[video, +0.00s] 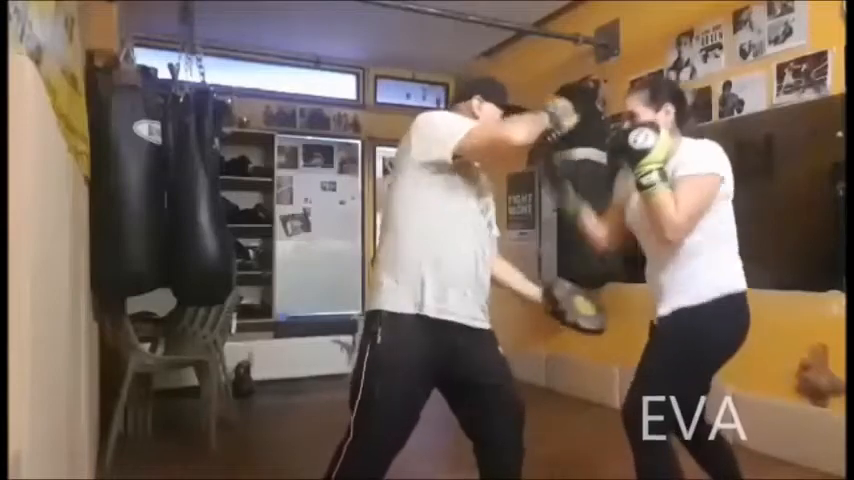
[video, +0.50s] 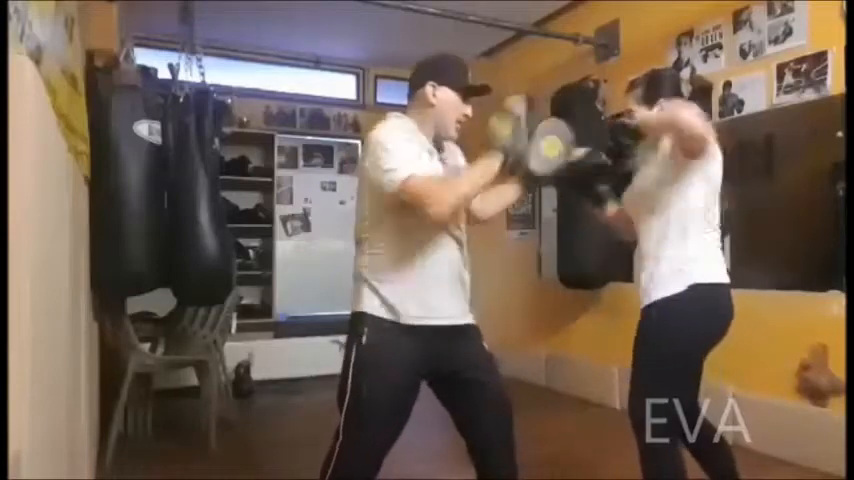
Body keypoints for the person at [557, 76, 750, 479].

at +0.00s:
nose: (627, 127)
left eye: (634, 117)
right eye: (625, 119)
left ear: (666, 113)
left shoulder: (703, 155)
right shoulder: (634, 173)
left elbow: (673, 229)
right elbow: (606, 239)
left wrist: (646, 165)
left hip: (711, 309)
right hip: (674, 315)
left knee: (641, 413)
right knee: (687, 418)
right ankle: (731, 474)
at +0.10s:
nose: (634, 123)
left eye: (641, 112)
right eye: (631, 114)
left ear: (672, 109)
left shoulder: (704, 155)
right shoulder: (637, 165)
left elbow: (667, 228)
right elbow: (602, 223)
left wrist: (647, 163)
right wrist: (568, 178)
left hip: (705, 303)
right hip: (670, 309)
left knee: (645, 412)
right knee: (687, 414)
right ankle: (731, 474)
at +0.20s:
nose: (634, 122)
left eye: (641, 112)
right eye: (630, 113)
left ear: (672, 111)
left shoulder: (699, 156)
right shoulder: (651, 164)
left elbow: (666, 231)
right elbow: (630, 237)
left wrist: (646, 170)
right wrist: (596, 201)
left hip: (700, 311)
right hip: (670, 314)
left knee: (643, 415)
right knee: (690, 415)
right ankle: (730, 474)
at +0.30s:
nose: (632, 125)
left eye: (639, 114)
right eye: (629, 116)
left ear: (669, 108)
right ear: (658, 111)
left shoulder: (704, 158)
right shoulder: (641, 164)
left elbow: (676, 235)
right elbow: (601, 209)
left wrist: (650, 172)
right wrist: (591, 161)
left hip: (700, 308)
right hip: (664, 310)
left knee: (647, 413)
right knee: (691, 417)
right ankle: (732, 475)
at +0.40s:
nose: (626, 121)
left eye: (633, 111)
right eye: (626, 113)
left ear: (663, 109)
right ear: (653, 111)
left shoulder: (702, 148)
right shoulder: (632, 164)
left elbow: (711, 193)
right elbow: (586, 194)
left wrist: (659, 154)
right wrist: (565, 155)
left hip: (699, 298)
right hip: (660, 305)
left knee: (650, 413)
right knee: (682, 411)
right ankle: (728, 474)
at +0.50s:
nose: (629, 118)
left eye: (634, 109)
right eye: (628, 111)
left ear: (657, 107)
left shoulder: (694, 150)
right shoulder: (649, 167)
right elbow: (634, 230)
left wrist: (640, 120)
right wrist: (597, 198)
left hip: (692, 295)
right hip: (665, 299)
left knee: (648, 413)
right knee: (682, 410)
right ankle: (727, 472)